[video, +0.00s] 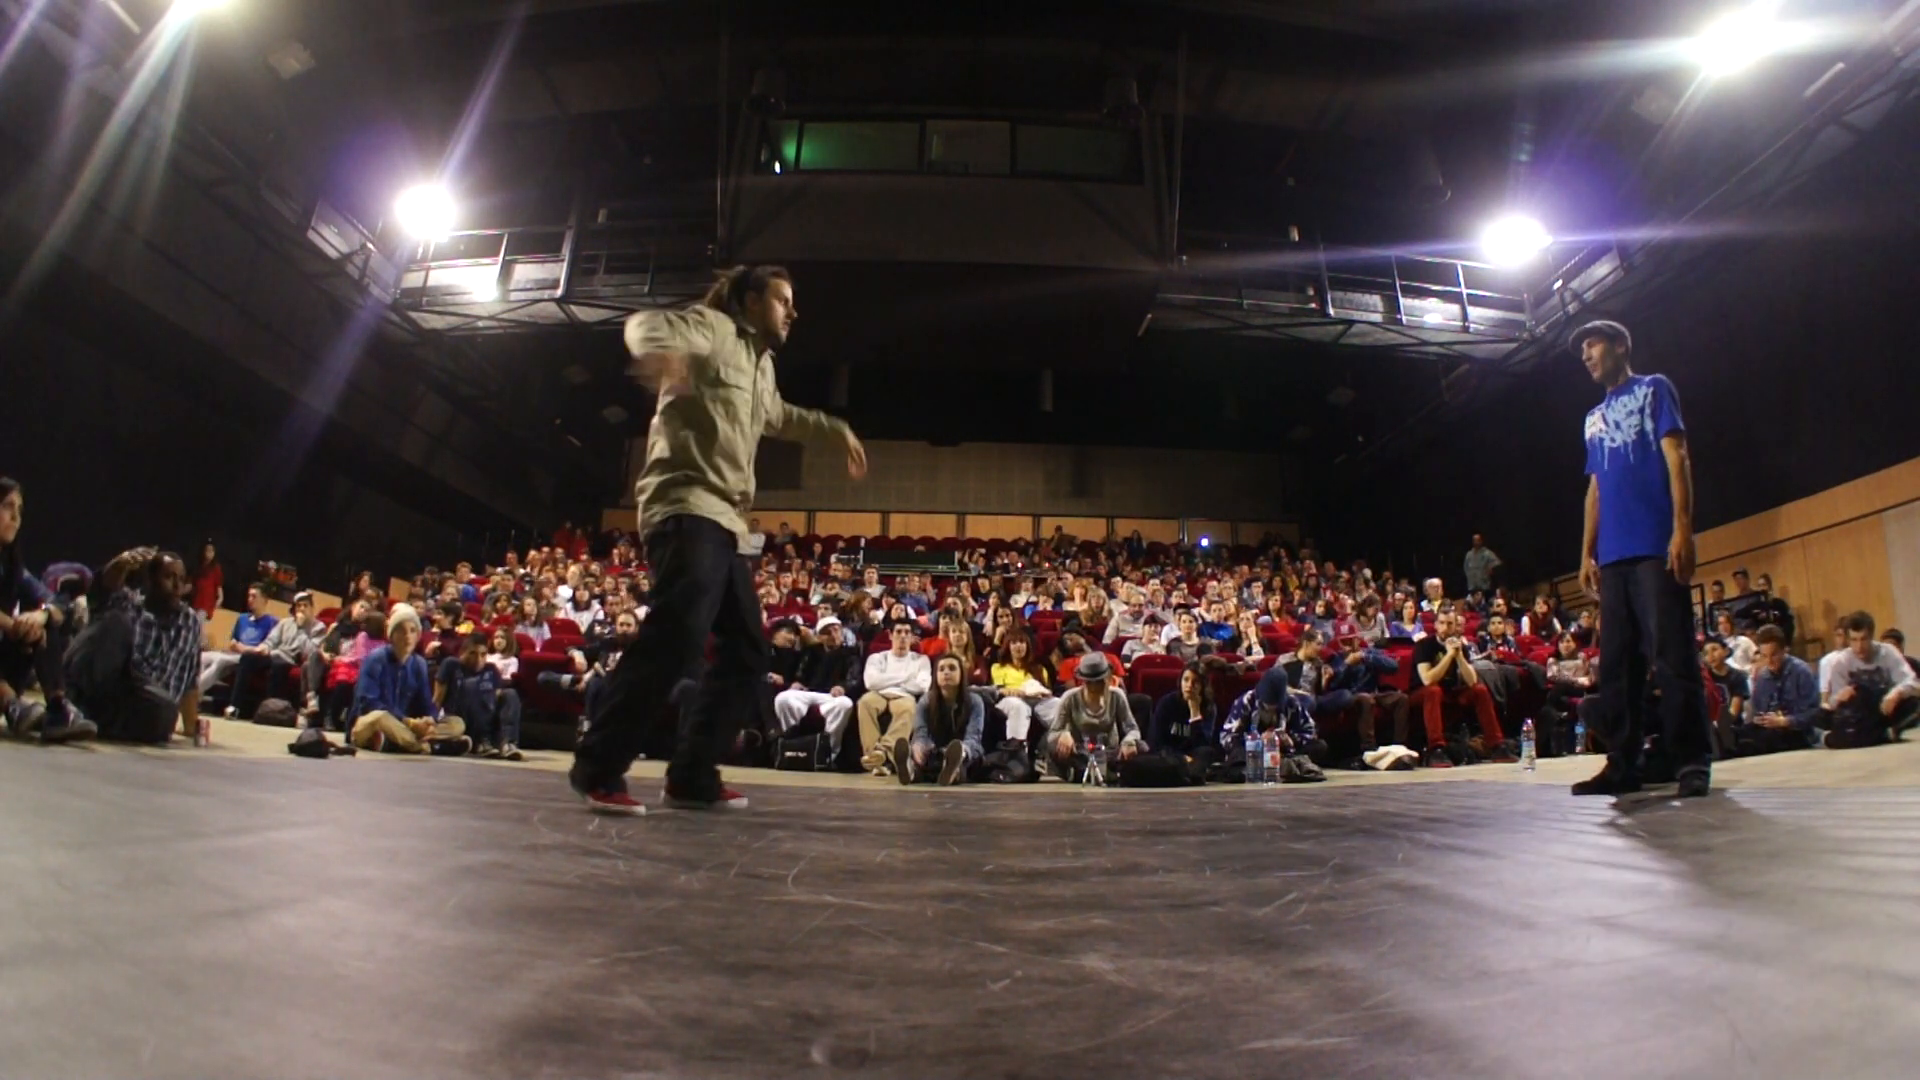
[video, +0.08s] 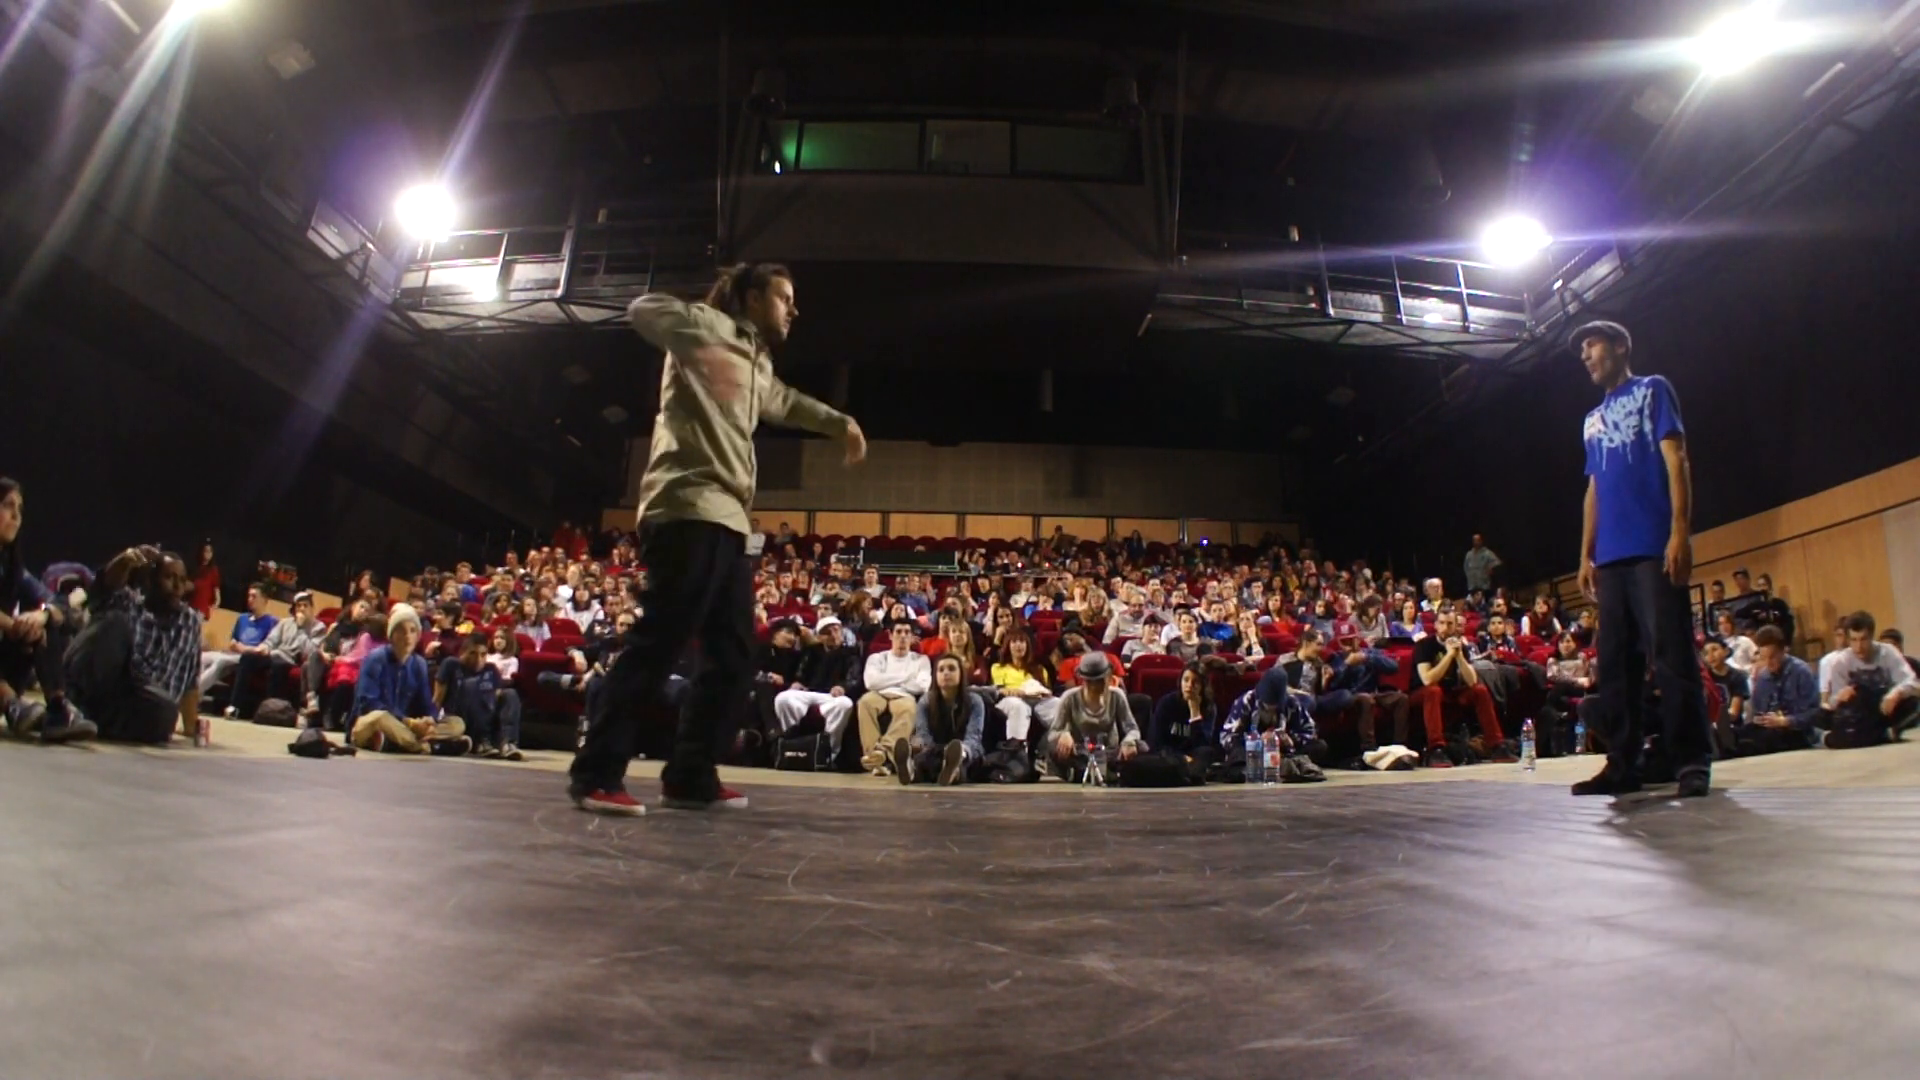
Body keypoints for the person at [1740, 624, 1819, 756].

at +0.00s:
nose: (1770, 660)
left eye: (1774, 655)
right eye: (1765, 656)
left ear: (1784, 651)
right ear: (1760, 655)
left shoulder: (1801, 671)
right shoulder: (1762, 676)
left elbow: (1812, 712)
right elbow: (1756, 711)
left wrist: (1784, 721)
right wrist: (1759, 719)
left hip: (1797, 732)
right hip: (1767, 732)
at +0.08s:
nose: (1769, 662)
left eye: (1773, 656)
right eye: (1764, 658)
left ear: (1784, 651)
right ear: (1760, 657)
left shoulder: (1801, 671)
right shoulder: (1762, 676)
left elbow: (1812, 713)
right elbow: (1756, 711)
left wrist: (1784, 721)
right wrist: (1759, 719)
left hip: (1798, 732)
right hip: (1767, 731)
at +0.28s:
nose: (1767, 666)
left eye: (1771, 660)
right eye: (1763, 661)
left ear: (1782, 653)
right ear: (1759, 659)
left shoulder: (1801, 672)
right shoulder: (1762, 676)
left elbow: (1812, 712)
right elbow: (1758, 711)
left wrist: (1784, 721)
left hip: (1798, 731)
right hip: (1769, 729)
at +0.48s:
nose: (1767, 667)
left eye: (1771, 661)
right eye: (1763, 662)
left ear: (1782, 653)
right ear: (1758, 658)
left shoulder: (1801, 671)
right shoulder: (1762, 676)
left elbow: (1812, 712)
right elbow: (1757, 711)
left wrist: (1784, 721)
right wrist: (1760, 720)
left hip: (1798, 731)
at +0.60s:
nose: (1767, 667)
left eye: (1771, 661)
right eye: (1763, 662)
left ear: (1783, 653)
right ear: (1758, 658)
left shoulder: (1801, 672)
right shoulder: (1763, 676)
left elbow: (1813, 713)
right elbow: (1758, 711)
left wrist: (1784, 721)